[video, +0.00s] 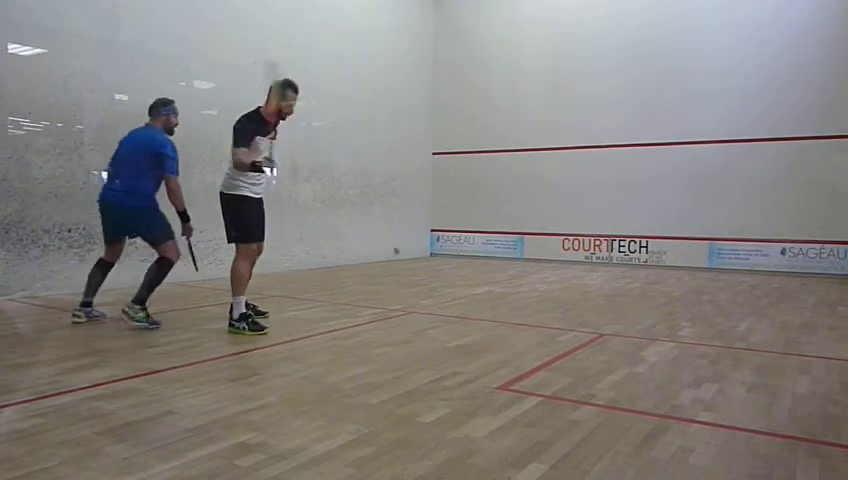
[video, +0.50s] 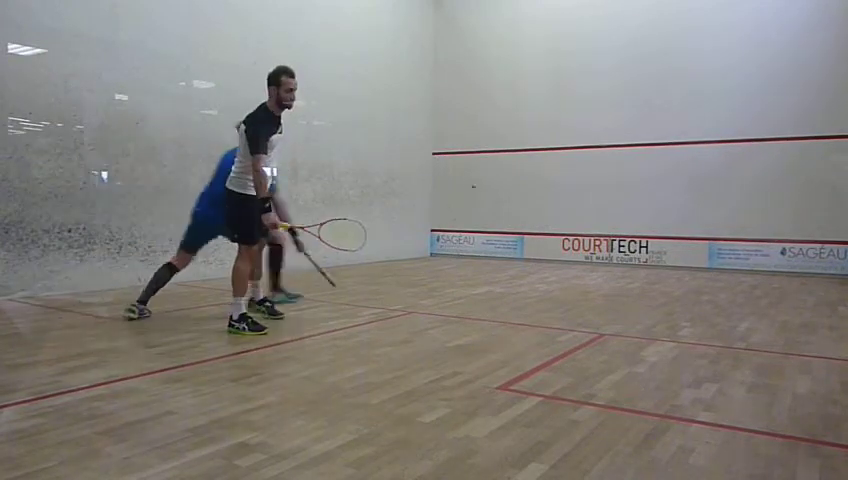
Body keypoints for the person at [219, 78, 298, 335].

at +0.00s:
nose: (292, 111)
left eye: (294, 106)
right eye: (289, 105)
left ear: (284, 103)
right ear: (276, 101)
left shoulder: (273, 123)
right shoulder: (246, 124)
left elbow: (261, 153)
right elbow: (238, 160)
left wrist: (268, 163)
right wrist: (256, 165)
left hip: (253, 192)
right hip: (238, 193)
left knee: (255, 249)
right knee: (246, 251)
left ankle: (240, 304)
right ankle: (237, 314)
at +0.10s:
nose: (291, 107)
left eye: (293, 102)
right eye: (287, 101)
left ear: (283, 101)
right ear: (272, 98)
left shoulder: (272, 124)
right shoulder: (249, 126)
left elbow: (262, 160)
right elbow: (252, 170)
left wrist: (270, 174)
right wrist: (269, 180)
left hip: (252, 192)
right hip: (239, 193)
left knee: (252, 249)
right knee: (245, 251)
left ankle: (241, 304)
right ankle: (236, 314)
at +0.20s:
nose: (287, 105)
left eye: (290, 100)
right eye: (283, 99)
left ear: (290, 98)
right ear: (270, 95)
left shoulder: (271, 122)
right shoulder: (252, 125)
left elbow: (258, 163)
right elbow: (255, 171)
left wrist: (267, 188)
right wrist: (278, 202)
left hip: (253, 193)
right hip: (239, 193)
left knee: (251, 249)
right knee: (246, 251)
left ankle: (242, 303)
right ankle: (237, 315)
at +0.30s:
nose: (287, 101)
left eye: (290, 96)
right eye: (283, 95)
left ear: (290, 96)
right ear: (269, 92)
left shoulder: (272, 121)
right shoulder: (253, 123)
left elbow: (262, 164)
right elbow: (258, 170)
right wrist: (274, 209)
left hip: (255, 192)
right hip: (241, 193)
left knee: (253, 246)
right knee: (247, 249)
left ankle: (244, 300)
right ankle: (236, 315)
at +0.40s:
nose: (289, 97)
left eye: (291, 92)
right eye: (284, 91)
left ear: (292, 93)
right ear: (270, 91)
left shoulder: (273, 119)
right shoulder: (257, 122)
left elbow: (258, 164)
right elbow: (257, 169)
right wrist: (270, 209)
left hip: (254, 192)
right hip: (242, 192)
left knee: (256, 244)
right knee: (248, 248)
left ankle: (246, 297)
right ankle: (237, 315)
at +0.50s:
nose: (292, 95)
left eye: (294, 90)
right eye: (287, 90)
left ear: (292, 91)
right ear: (272, 90)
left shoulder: (275, 118)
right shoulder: (259, 122)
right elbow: (257, 169)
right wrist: (266, 208)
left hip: (254, 191)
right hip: (242, 192)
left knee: (257, 247)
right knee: (246, 251)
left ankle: (256, 298)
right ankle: (237, 315)